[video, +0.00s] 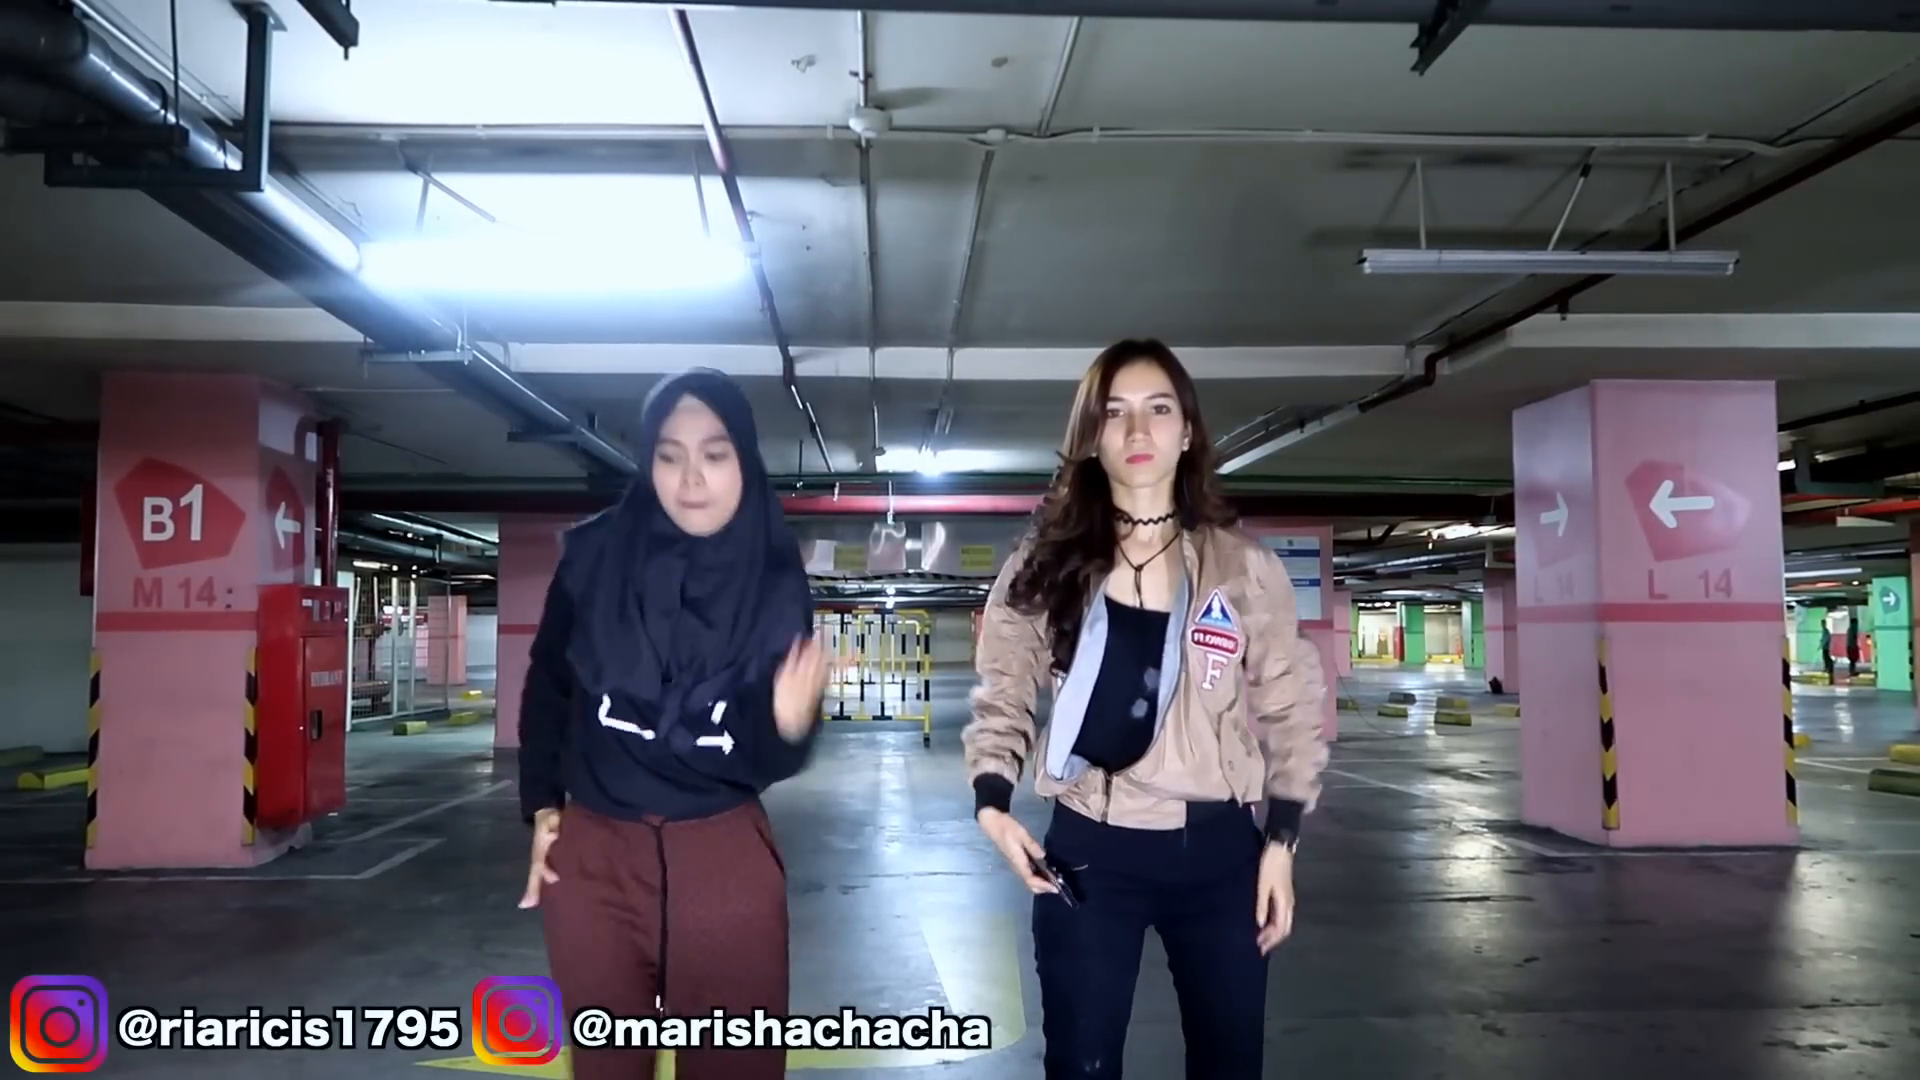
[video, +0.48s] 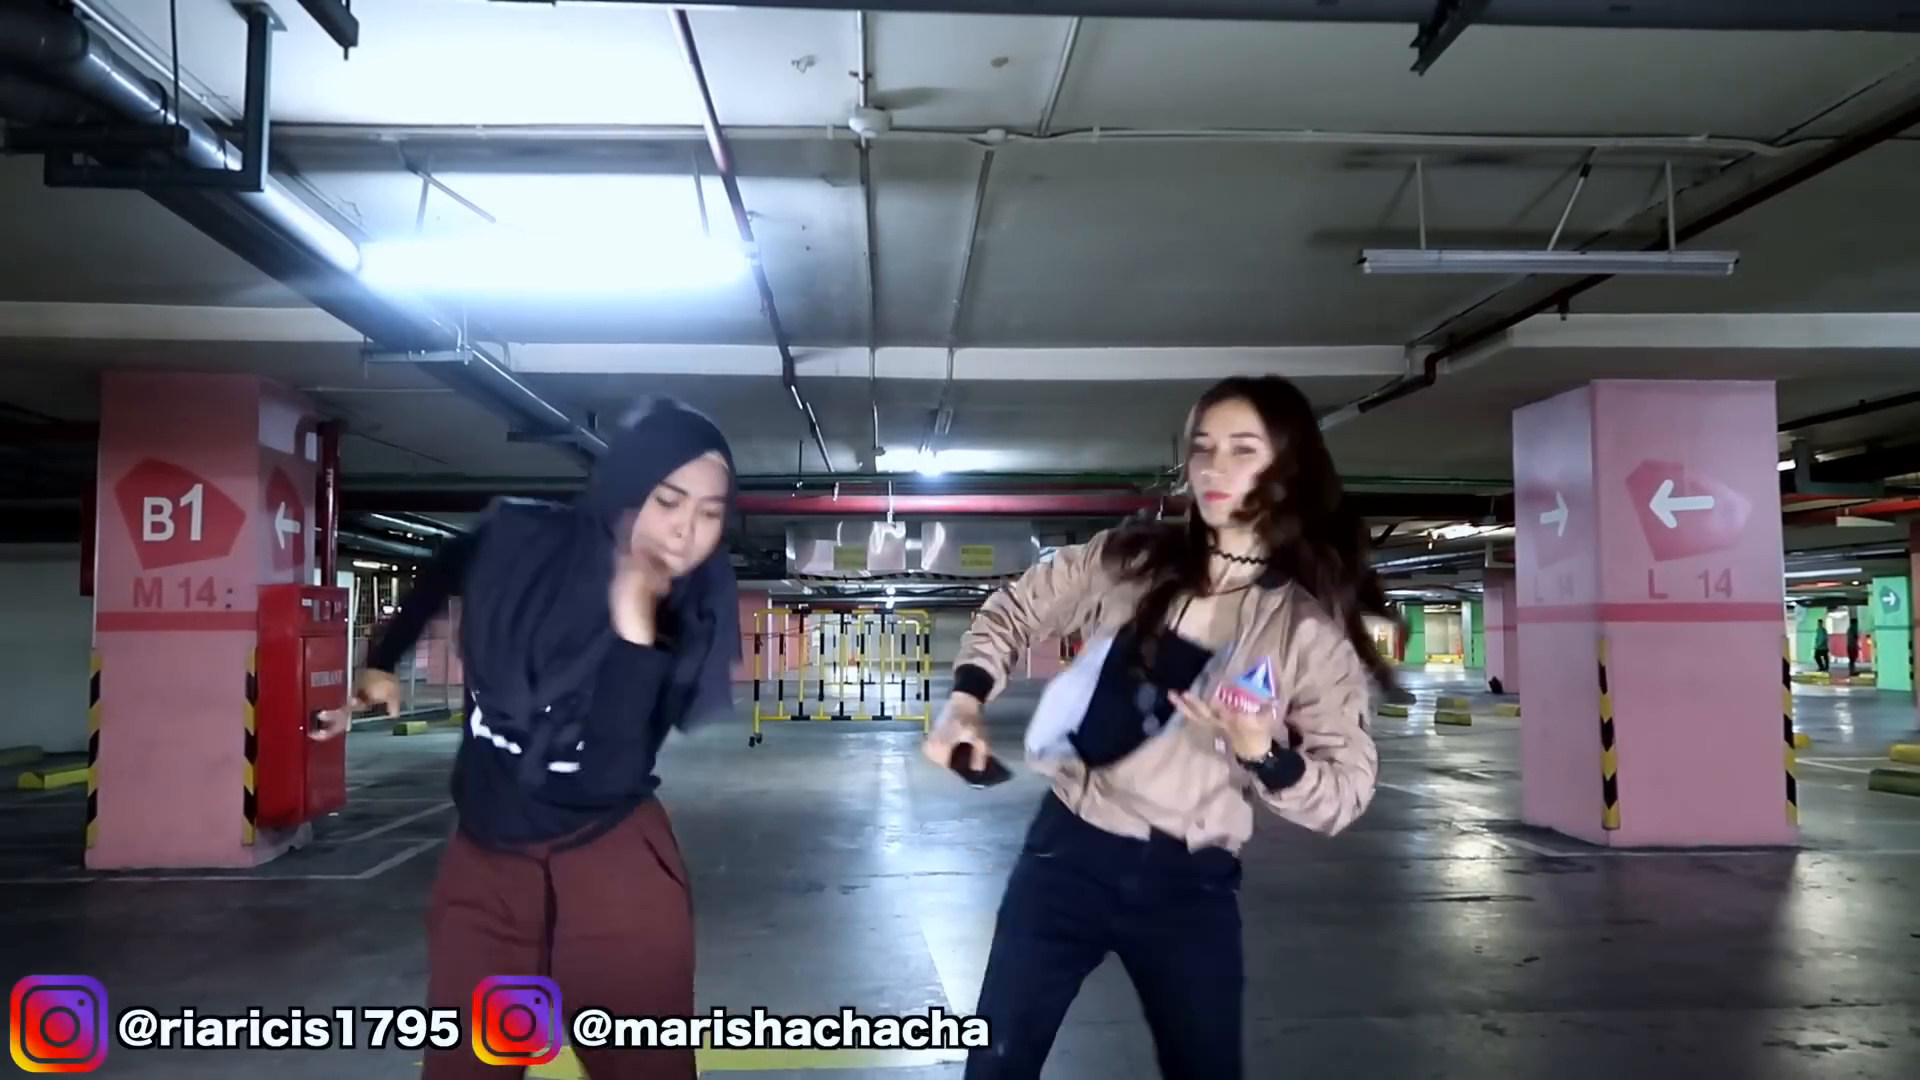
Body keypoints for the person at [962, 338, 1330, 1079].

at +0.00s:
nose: (1137, 428)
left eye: (1158, 408)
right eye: (1116, 412)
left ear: (1187, 431)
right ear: (1090, 436)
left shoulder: (1246, 566)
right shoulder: (1044, 563)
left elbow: (1292, 711)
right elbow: (1005, 689)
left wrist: (1281, 842)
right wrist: (992, 802)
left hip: (1221, 854)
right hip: (1089, 852)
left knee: (1230, 1066)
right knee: (1080, 1067)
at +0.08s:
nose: (1138, 429)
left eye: (1159, 408)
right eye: (1118, 413)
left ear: (1195, 428)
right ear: (1097, 438)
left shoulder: (1248, 562)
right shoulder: (1057, 555)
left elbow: (1343, 664)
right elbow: (976, 671)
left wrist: (1320, 784)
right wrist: (988, 788)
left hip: (1223, 854)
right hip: (1092, 856)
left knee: (1244, 1066)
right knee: (1086, 1067)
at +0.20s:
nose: (1141, 457)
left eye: (1165, 431)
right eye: (1133, 438)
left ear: (1226, 444)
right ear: (1122, 455)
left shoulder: (1281, 591)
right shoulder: (1086, 574)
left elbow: (1391, 689)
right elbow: (992, 671)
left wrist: (1341, 779)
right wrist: (979, 790)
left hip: (1236, 870)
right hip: (1106, 866)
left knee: (1258, 1069)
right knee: (1074, 1066)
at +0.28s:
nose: (1150, 489)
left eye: (1176, 465)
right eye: (1149, 470)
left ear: (1242, 485)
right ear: (1140, 485)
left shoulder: (1299, 645)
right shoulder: (1100, 598)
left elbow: (1376, 779)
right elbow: (1008, 689)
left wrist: (1307, 815)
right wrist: (992, 774)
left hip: (1233, 895)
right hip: (1105, 882)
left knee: (1270, 1070)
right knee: (1053, 1052)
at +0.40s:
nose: (1177, 494)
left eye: (1205, 472)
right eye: (1178, 473)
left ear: (1264, 491)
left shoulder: (1300, 655)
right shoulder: (1124, 592)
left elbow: (1352, 815)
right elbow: (1004, 632)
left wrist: (1268, 791)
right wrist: (990, 720)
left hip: (1217, 904)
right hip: (1089, 880)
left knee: (1255, 1073)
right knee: (992, 1042)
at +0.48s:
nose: (1211, 468)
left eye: (1241, 450)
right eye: (1201, 447)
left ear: (1285, 468)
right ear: (1185, 460)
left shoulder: (1307, 628)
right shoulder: (1129, 558)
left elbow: (1346, 792)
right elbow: (1012, 611)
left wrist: (1265, 757)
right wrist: (964, 705)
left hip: (1187, 882)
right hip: (1065, 854)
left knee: (1208, 1072)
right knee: (998, 1062)